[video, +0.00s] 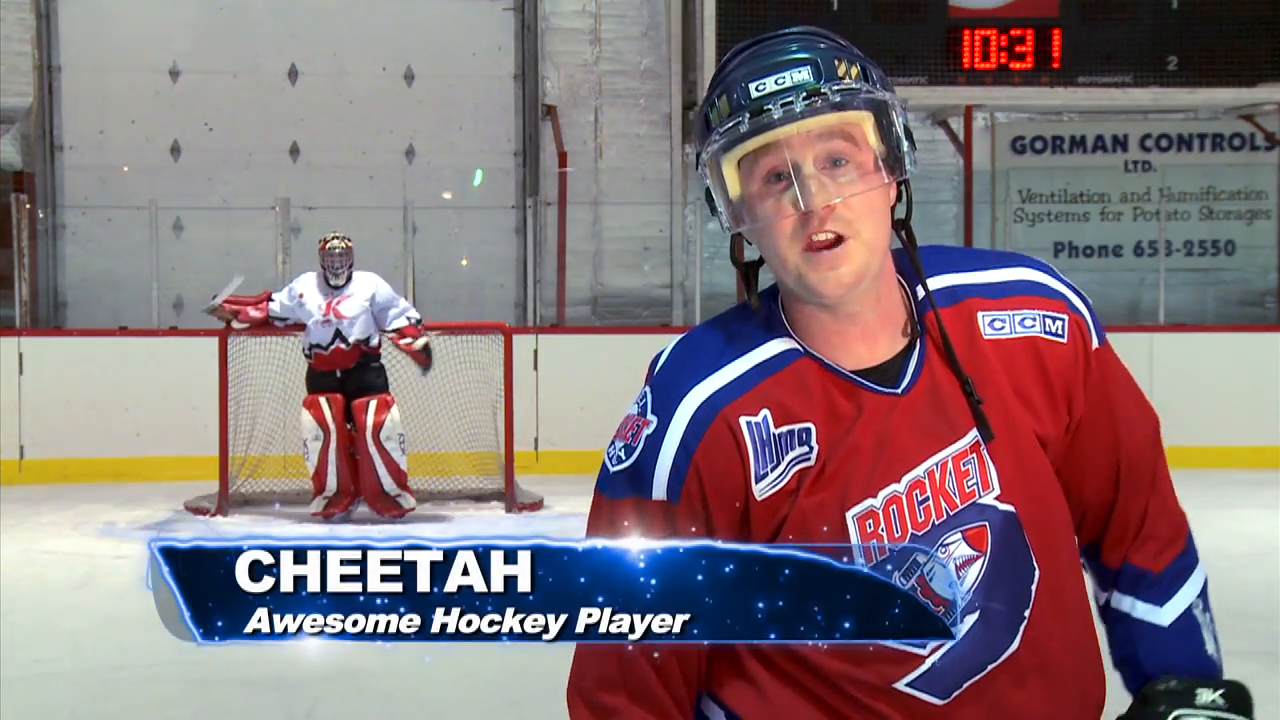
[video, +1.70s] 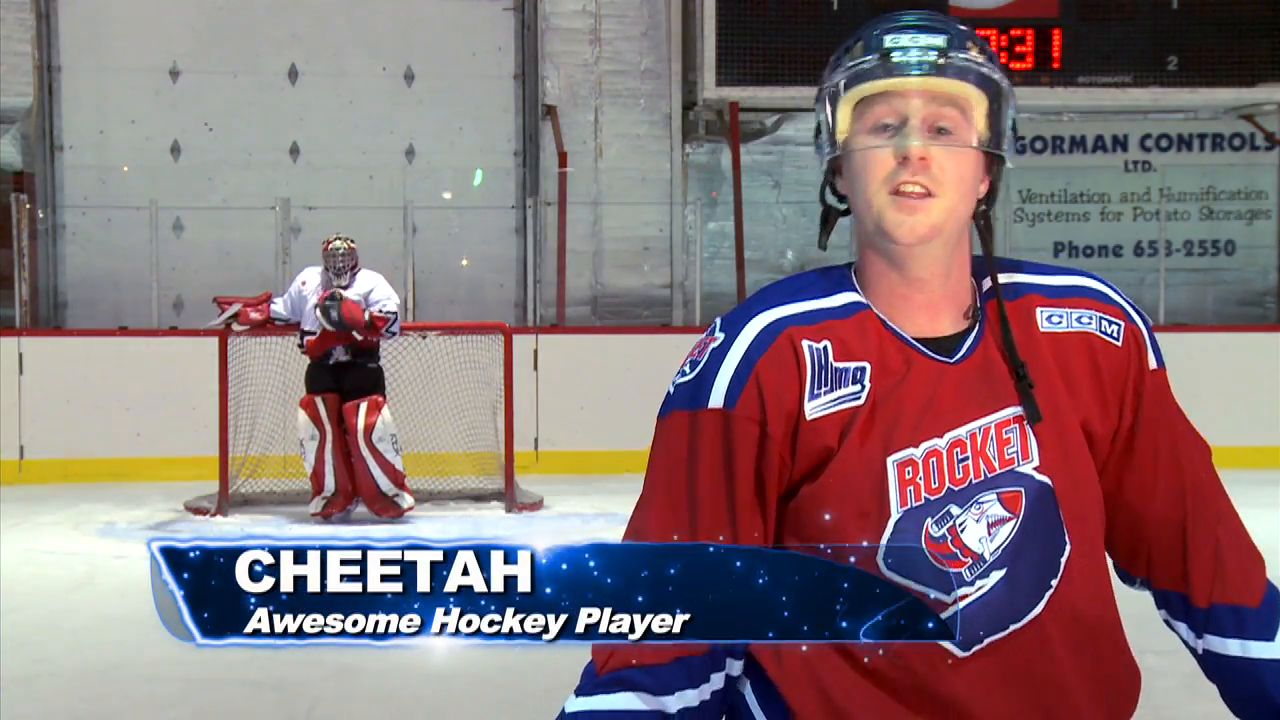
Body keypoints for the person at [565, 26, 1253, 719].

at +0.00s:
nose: (815, 201)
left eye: (837, 163)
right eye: (779, 180)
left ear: (889, 180)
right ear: (741, 221)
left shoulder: (1036, 314)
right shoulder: (689, 413)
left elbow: (1139, 527)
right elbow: (626, 689)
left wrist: (1187, 698)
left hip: (1052, 710)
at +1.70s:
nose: (912, 150)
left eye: (943, 127)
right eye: (884, 126)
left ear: (985, 166)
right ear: (841, 161)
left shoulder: (1094, 329)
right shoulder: (754, 359)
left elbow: (1217, 581)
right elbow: (657, 637)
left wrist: (1275, 697)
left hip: (1076, 704)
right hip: (841, 711)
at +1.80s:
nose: (938, 155)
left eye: (969, 131)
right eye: (911, 125)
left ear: (1006, 175)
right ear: (862, 158)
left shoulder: (1102, 327)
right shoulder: (767, 348)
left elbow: (1233, 578)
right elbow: (670, 630)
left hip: (1079, 704)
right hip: (846, 709)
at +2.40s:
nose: (1033, 184)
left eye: (1064, 159)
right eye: (1006, 150)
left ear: (1095, 188)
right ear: (954, 166)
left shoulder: (1167, 356)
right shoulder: (841, 332)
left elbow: (1264, 607)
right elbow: (727, 578)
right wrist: (623, 709)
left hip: (1101, 708)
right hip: (867, 707)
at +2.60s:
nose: (1037, 191)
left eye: (1067, 162)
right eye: (1010, 154)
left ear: (1100, 181)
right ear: (959, 164)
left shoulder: (1173, 346)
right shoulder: (843, 327)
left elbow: (1263, 593)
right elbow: (727, 576)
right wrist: (663, 714)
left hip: (1103, 711)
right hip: (865, 712)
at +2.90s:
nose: (994, 201)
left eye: (1020, 168)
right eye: (961, 170)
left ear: (1056, 184)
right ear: (912, 185)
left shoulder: (1154, 340)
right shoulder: (823, 329)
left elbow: (1223, 610)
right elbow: (729, 517)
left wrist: (1233, 714)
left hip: (1093, 707)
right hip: (855, 707)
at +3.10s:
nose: (950, 190)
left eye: (977, 158)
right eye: (918, 160)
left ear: (1020, 178)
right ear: (870, 176)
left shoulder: (1124, 328)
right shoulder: (792, 314)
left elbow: (1209, 589)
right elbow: (743, 502)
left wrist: (1233, 710)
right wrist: (821, 380)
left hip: (1083, 705)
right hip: (843, 704)